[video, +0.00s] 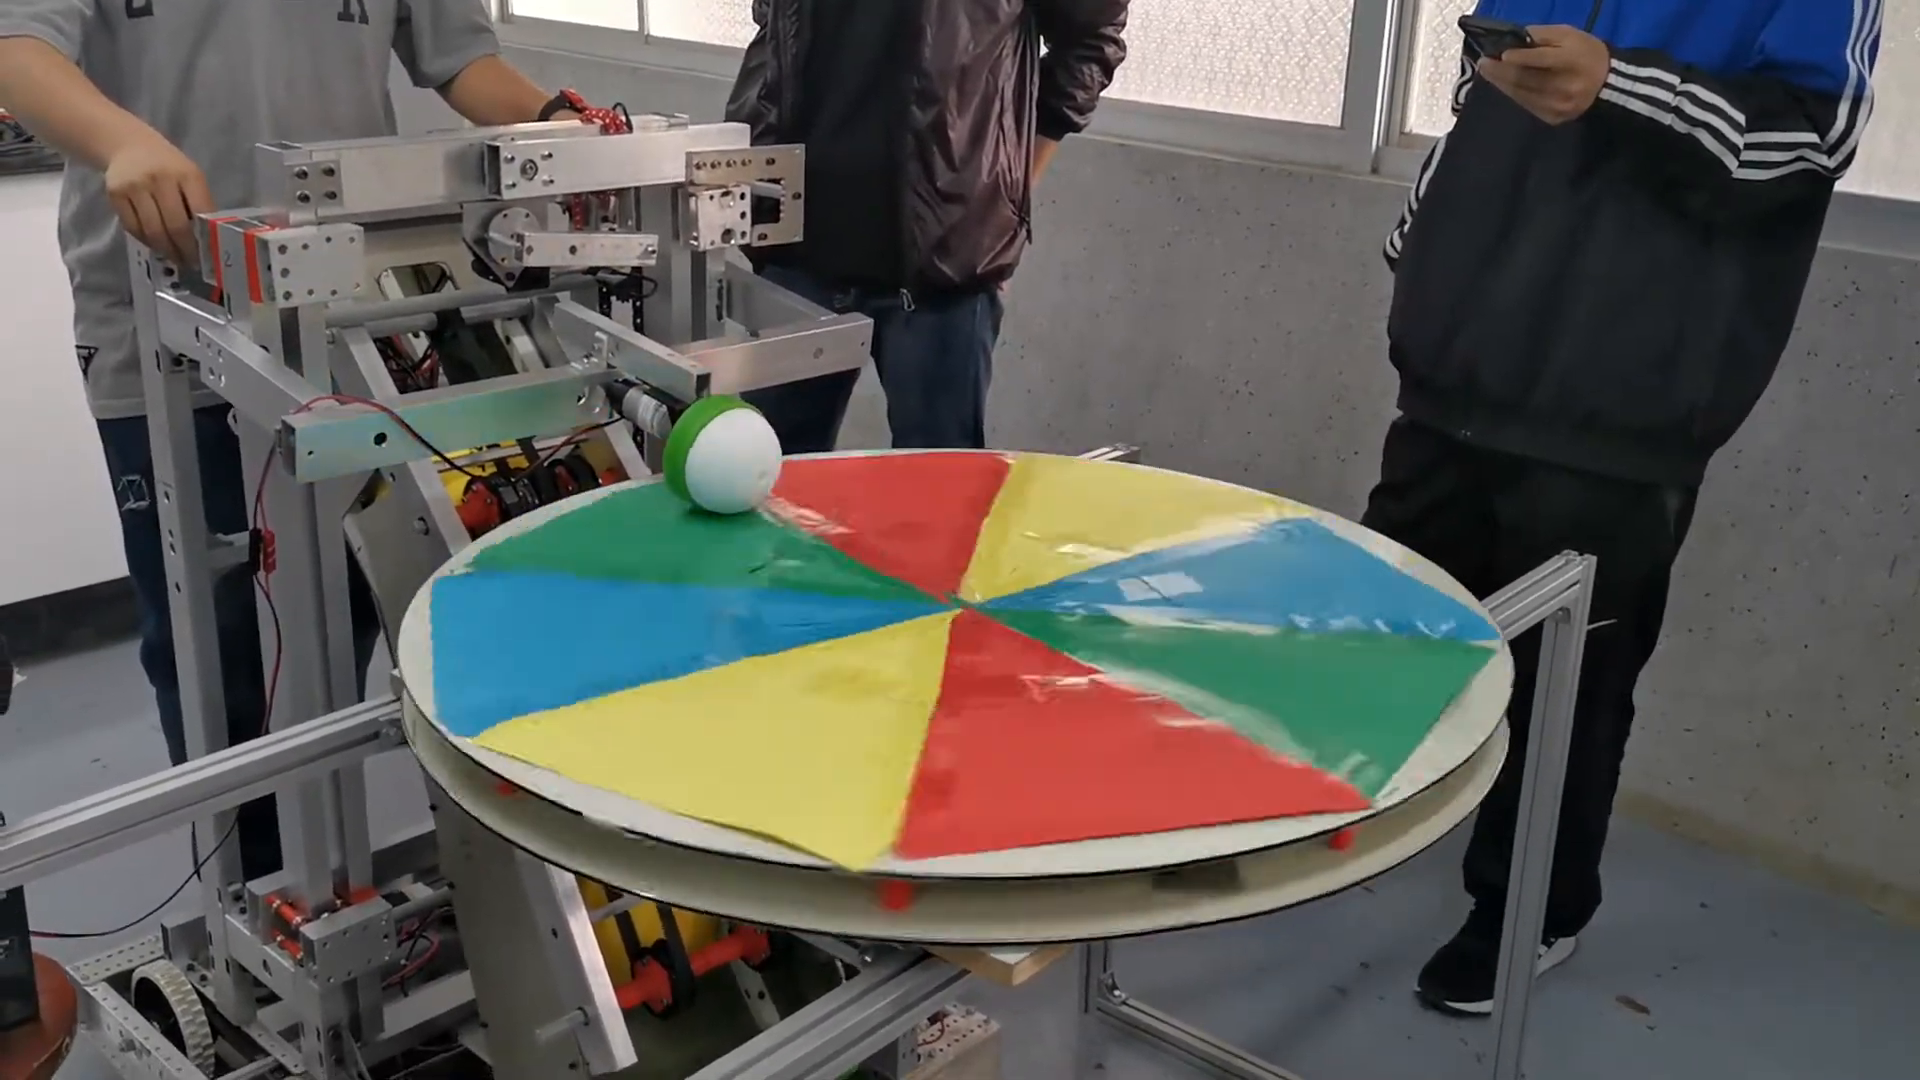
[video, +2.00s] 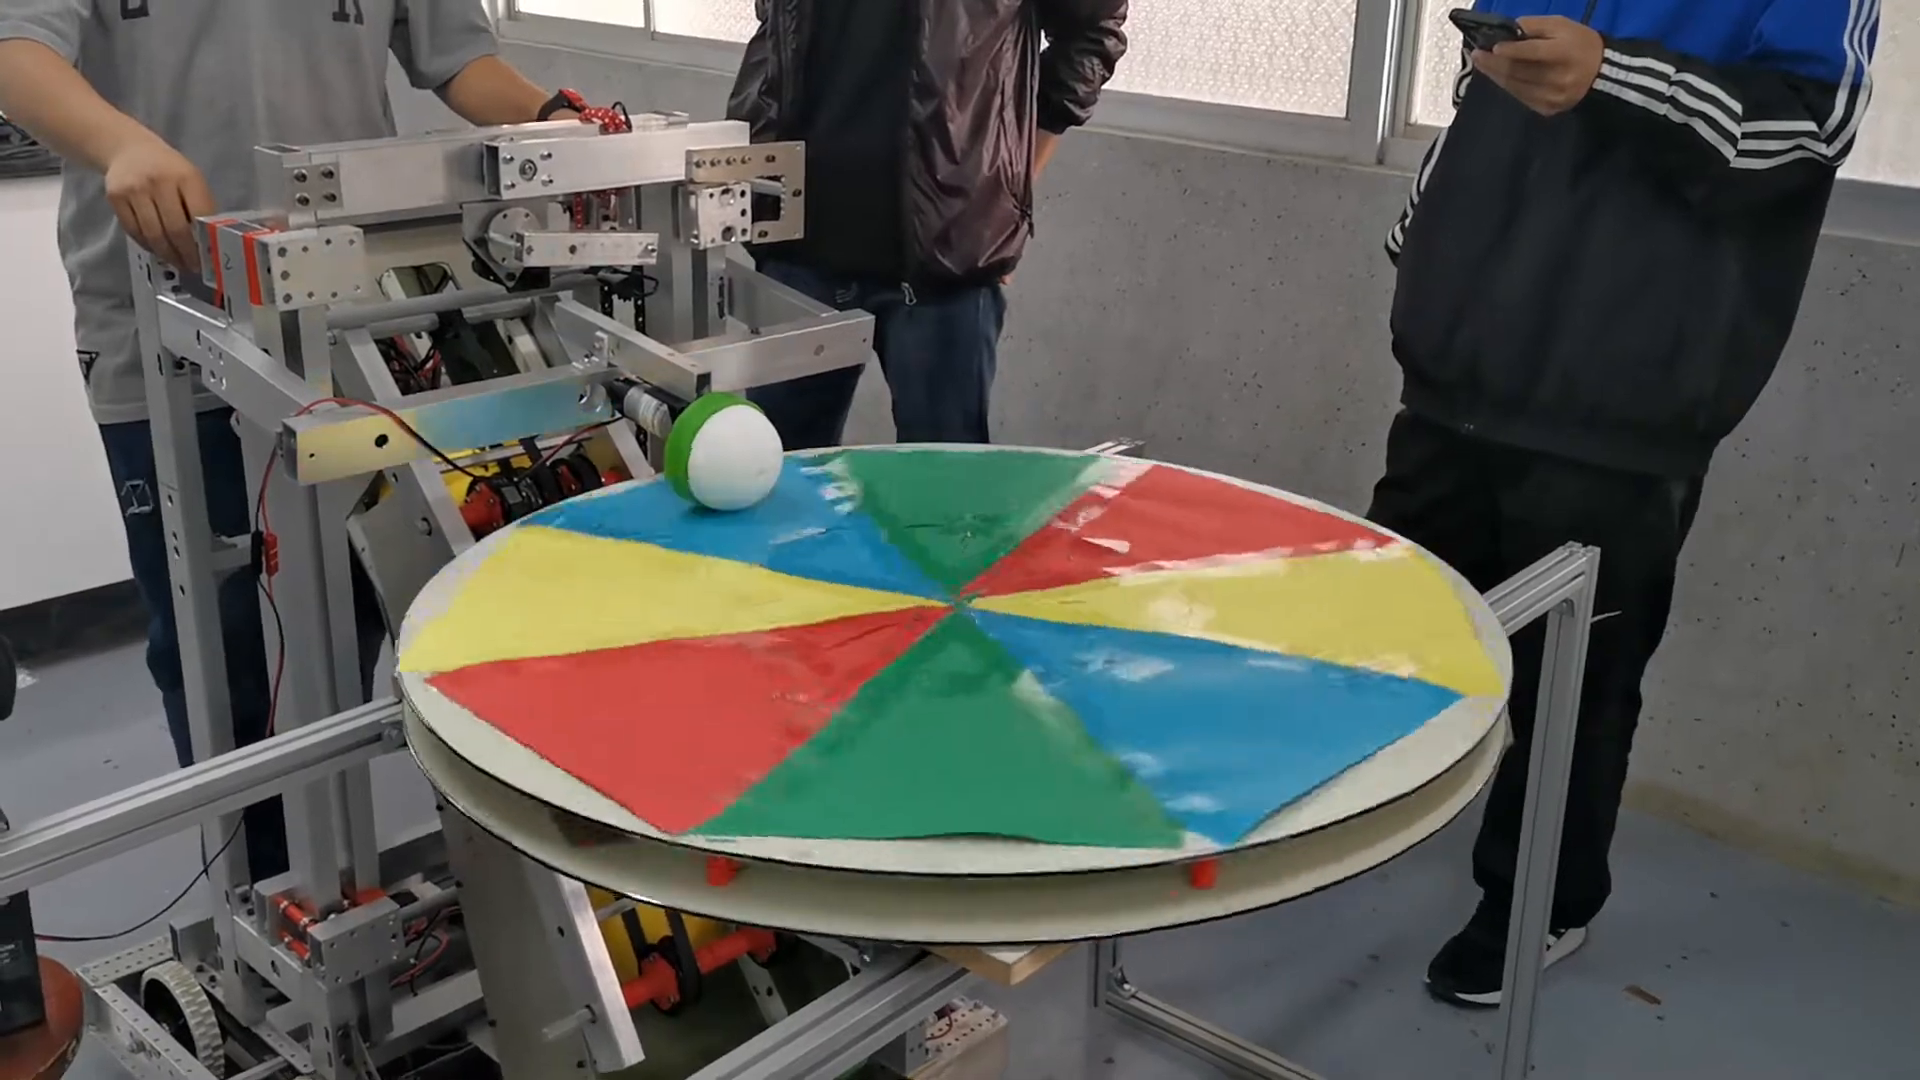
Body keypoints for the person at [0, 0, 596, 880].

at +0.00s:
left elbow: (453, 50)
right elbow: (18, 48)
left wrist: (559, 122)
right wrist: (119, 138)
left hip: (347, 323)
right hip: (162, 329)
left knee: (349, 608)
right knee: (206, 643)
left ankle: (337, 862)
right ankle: (253, 891)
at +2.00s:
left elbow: (452, 51)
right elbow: (18, 50)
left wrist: (556, 122)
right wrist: (118, 140)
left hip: (346, 324)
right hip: (163, 335)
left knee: (353, 611)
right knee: (211, 642)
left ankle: (347, 862)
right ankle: (258, 889)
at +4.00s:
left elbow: (461, 46)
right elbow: (23, 45)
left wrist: (559, 115)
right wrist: (123, 137)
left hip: (348, 314)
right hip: (167, 323)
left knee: (353, 600)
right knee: (214, 628)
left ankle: (346, 847)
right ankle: (262, 877)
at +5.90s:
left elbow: (463, 44)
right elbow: (24, 43)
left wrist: (558, 111)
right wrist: (131, 139)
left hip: (357, 310)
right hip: (179, 321)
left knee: (360, 601)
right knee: (226, 631)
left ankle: (349, 857)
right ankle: (275, 885)